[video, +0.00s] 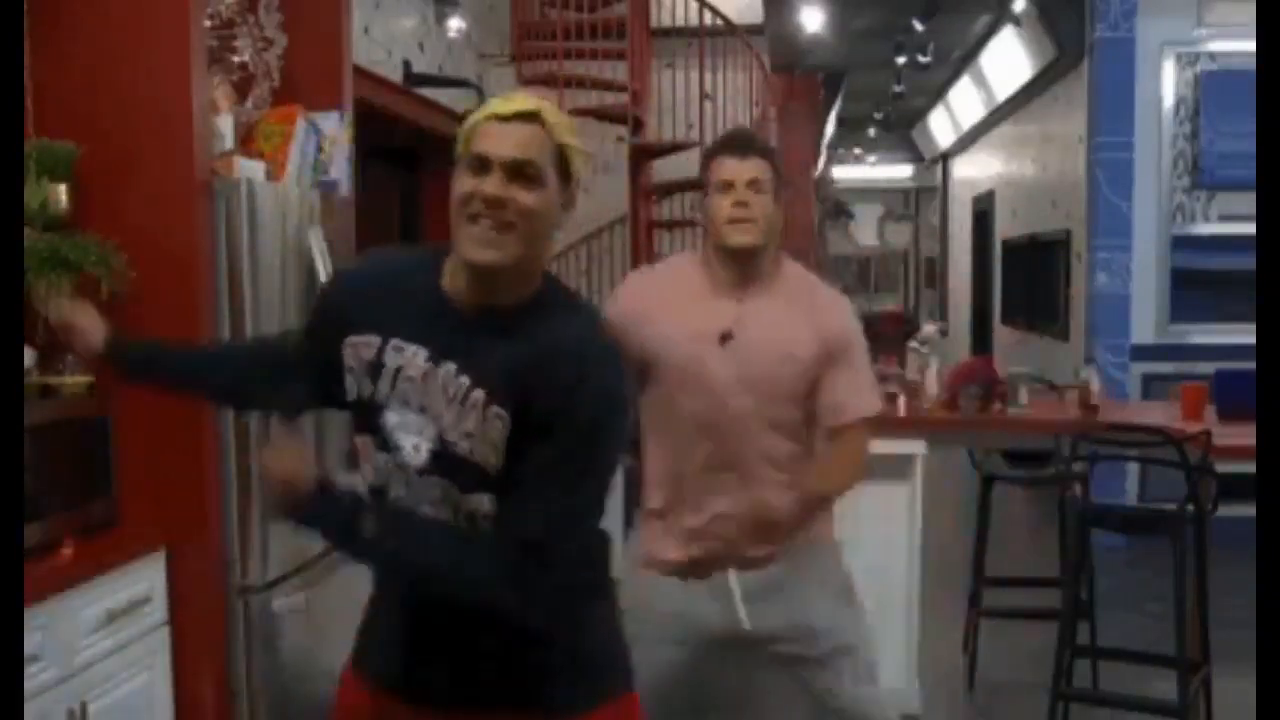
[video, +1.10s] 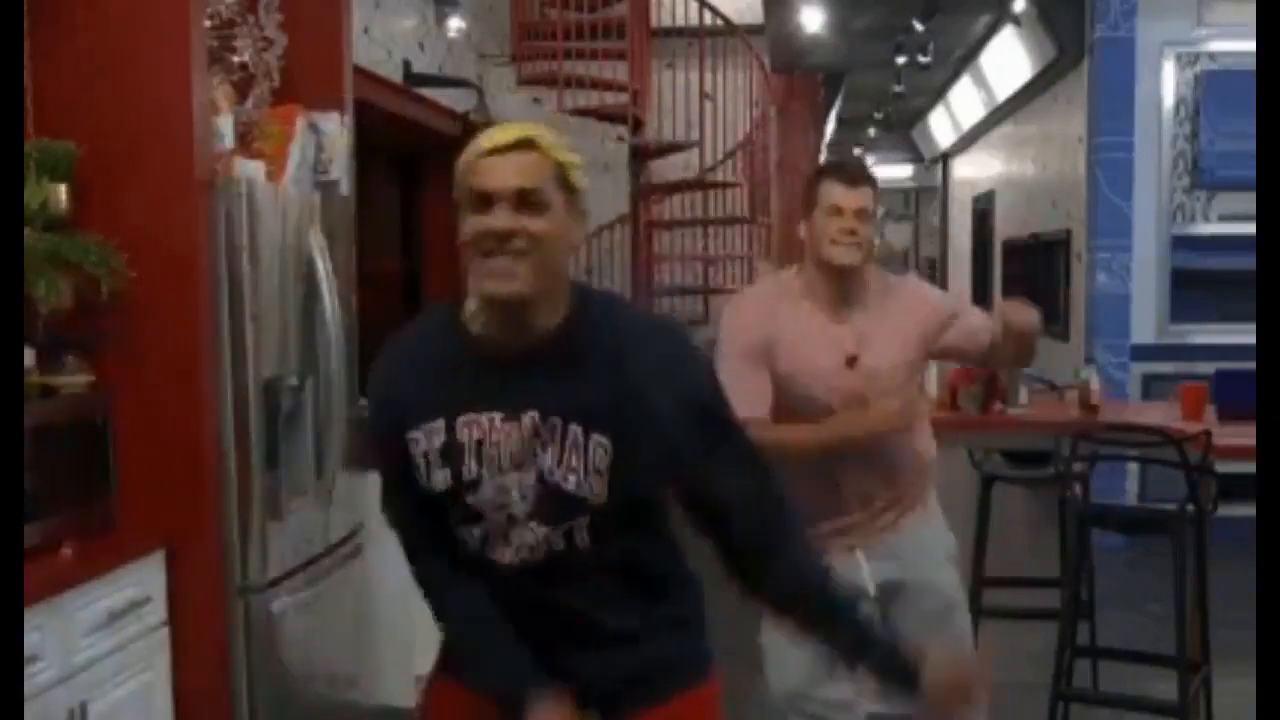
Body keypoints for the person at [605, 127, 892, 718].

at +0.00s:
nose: (741, 201)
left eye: (757, 188)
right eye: (725, 189)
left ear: (780, 207)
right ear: (703, 207)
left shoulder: (825, 310)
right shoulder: (641, 299)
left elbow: (848, 451)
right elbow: (594, 418)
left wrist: (782, 509)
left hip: (796, 572)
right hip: (669, 578)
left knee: (856, 706)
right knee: (659, 711)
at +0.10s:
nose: (698, 207)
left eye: (713, 192)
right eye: (682, 195)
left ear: (738, 205)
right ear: (662, 211)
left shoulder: (791, 312)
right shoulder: (617, 288)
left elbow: (795, 452)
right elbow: (532, 344)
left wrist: (710, 439)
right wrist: (467, 313)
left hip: (758, 562)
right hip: (636, 559)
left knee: (794, 707)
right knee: (612, 710)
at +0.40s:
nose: (660, 241)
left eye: (672, 224)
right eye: (643, 231)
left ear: (698, 230)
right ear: (628, 246)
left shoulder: (775, 319)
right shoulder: (601, 330)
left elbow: (794, 444)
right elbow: (524, 384)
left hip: (758, 532)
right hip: (641, 533)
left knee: (813, 682)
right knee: (608, 696)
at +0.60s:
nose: (730, 195)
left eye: (745, 183)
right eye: (715, 184)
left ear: (767, 194)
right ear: (696, 199)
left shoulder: (828, 263)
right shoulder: (657, 296)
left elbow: (900, 346)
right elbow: (640, 416)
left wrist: (906, 452)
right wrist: (640, 532)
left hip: (816, 512)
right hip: (699, 517)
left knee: (878, 676)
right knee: (657, 686)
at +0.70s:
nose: (763, 196)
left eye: (776, 184)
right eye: (748, 184)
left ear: (795, 195)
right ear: (727, 195)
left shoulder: (849, 266)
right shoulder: (684, 297)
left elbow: (946, 323)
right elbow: (671, 417)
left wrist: (960, 400)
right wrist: (719, 499)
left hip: (844, 520)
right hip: (735, 521)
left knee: (911, 694)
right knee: (676, 692)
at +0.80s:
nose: (811, 206)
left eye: (825, 195)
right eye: (797, 193)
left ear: (842, 213)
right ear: (772, 208)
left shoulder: (885, 282)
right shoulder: (737, 299)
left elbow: (988, 331)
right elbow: (736, 439)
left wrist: (1002, 280)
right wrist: (802, 415)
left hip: (888, 544)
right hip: (775, 539)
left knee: (924, 703)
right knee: (733, 694)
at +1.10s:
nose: (850, 226)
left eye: (863, 215)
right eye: (835, 213)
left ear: (876, 228)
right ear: (806, 225)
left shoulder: (910, 300)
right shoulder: (755, 311)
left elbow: (1004, 355)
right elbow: (745, 434)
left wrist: (1017, 332)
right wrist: (861, 424)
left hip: (906, 522)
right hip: (806, 536)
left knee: (949, 683)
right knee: (799, 693)